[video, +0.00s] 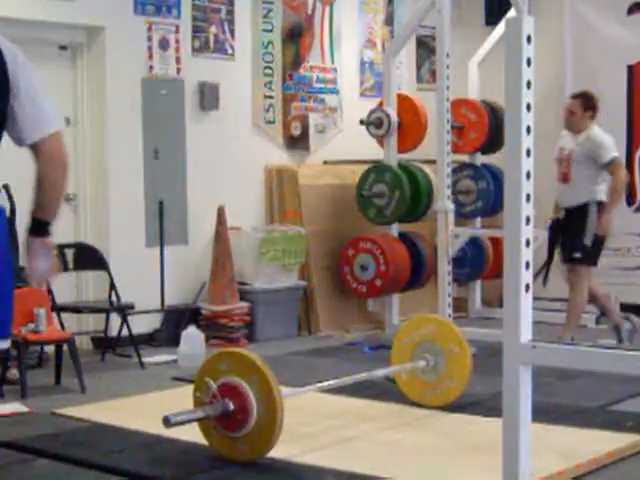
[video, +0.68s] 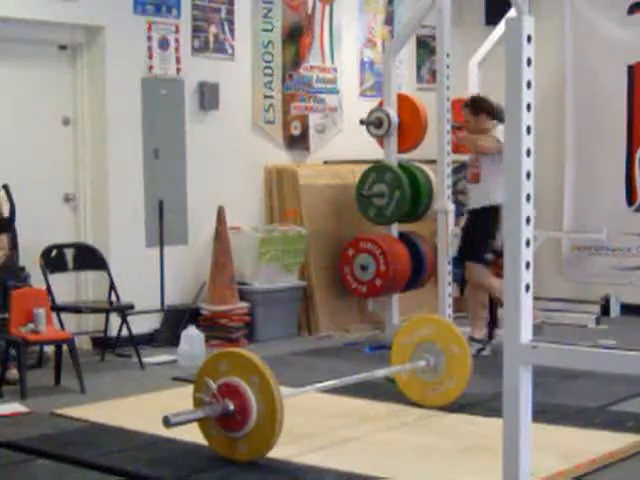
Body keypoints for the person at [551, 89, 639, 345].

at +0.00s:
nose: (566, 115)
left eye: (571, 111)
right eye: (566, 110)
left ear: (588, 114)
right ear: (570, 113)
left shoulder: (597, 139)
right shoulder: (565, 138)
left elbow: (619, 174)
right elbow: (564, 178)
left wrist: (607, 215)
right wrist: (557, 210)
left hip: (589, 208)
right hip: (568, 209)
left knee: (579, 274)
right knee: (574, 275)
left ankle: (567, 335)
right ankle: (619, 321)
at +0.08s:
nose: (555, 115)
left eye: (561, 111)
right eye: (556, 110)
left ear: (577, 114)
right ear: (561, 113)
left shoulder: (588, 138)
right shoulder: (556, 137)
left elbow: (604, 170)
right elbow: (558, 175)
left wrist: (596, 204)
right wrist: (551, 207)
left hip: (580, 208)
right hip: (556, 209)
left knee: (575, 273)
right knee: (555, 276)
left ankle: (568, 332)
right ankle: (600, 304)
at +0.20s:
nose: (536, 119)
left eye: (540, 113)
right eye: (535, 113)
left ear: (556, 112)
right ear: (550, 113)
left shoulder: (571, 136)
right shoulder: (550, 141)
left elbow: (576, 170)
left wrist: (544, 167)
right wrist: (534, 163)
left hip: (568, 203)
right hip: (545, 205)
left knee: (565, 270)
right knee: (539, 266)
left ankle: (567, 330)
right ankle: (559, 318)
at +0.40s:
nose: (528, 122)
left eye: (531, 116)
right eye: (526, 117)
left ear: (540, 114)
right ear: (532, 116)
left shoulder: (555, 134)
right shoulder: (530, 138)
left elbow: (546, 161)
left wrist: (519, 156)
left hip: (554, 204)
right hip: (534, 206)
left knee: (555, 273)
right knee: (550, 273)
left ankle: (565, 331)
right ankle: (564, 328)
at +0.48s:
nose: (496, 125)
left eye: (499, 119)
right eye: (495, 120)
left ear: (512, 116)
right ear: (500, 119)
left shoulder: (535, 139)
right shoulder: (506, 142)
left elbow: (521, 163)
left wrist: (501, 143)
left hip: (533, 211)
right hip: (507, 211)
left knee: (539, 279)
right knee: (495, 275)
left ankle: (562, 333)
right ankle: (482, 333)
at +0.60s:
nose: (474, 126)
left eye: (478, 120)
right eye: (474, 121)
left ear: (494, 119)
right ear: (490, 121)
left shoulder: (509, 142)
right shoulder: (487, 145)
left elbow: (493, 147)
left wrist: (473, 139)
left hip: (503, 211)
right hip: (484, 212)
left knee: (497, 276)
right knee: (477, 274)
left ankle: (537, 320)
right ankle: (478, 334)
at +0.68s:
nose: (466, 123)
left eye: (469, 118)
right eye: (466, 118)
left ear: (483, 117)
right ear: (483, 119)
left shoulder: (497, 138)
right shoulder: (481, 143)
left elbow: (485, 146)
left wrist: (465, 136)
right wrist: (466, 214)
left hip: (491, 206)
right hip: (477, 208)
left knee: (473, 268)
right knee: (475, 273)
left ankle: (515, 303)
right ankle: (478, 331)